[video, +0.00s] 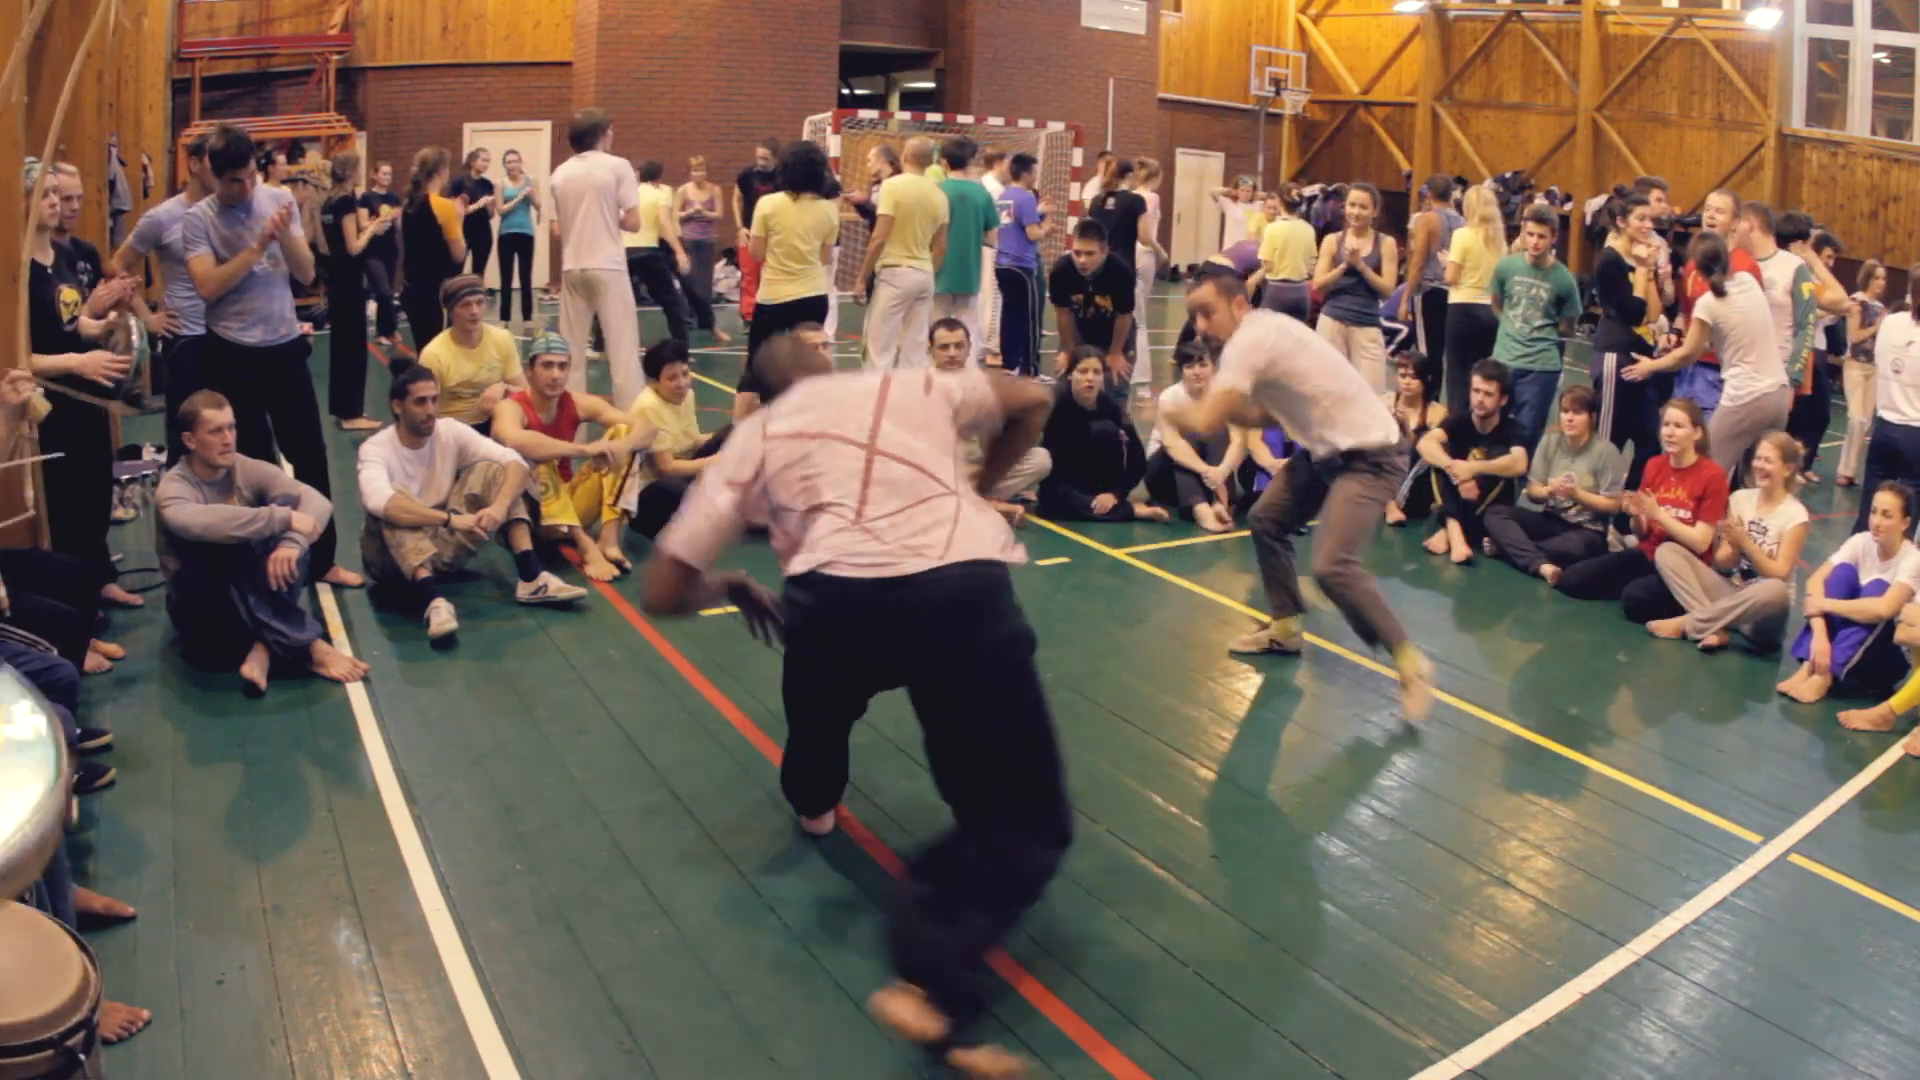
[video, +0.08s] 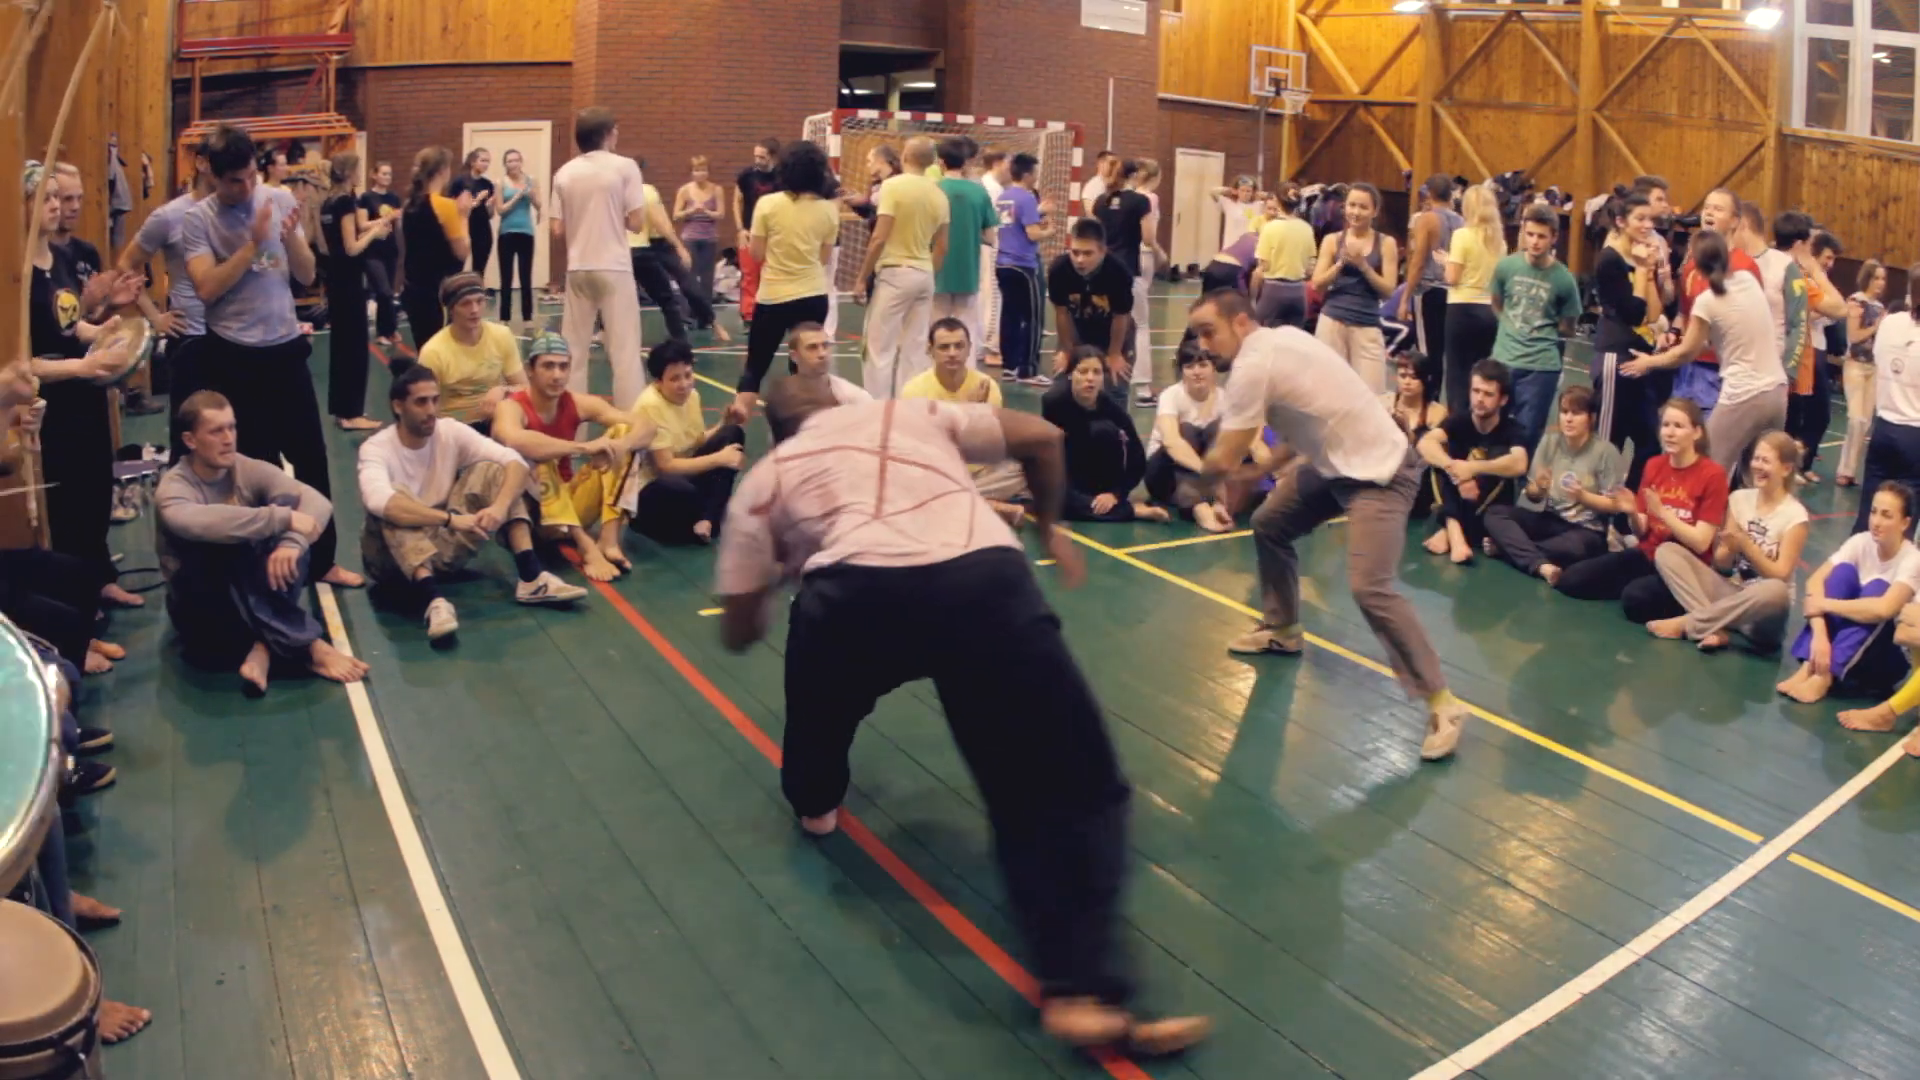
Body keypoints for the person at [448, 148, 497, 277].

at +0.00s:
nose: (486, 164)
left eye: (488, 161)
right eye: (483, 160)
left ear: (490, 163)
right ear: (473, 161)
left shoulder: (488, 185)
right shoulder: (459, 182)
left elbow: (491, 214)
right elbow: (456, 211)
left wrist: (489, 205)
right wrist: (479, 204)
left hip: (483, 231)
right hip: (463, 230)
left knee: (478, 274)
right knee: (455, 271)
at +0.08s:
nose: (486, 164)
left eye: (488, 161)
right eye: (483, 160)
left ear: (489, 163)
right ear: (472, 161)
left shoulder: (488, 185)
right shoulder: (460, 182)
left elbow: (490, 214)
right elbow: (454, 207)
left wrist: (489, 205)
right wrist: (476, 201)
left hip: (482, 227)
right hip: (462, 227)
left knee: (479, 270)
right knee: (456, 267)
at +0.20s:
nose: (485, 164)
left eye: (487, 161)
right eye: (482, 160)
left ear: (489, 163)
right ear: (472, 161)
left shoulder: (488, 185)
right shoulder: (459, 182)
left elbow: (489, 213)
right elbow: (451, 208)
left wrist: (489, 205)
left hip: (482, 229)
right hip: (460, 226)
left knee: (478, 271)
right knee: (456, 268)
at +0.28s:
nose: (485, 164)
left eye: (487, 161)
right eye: (481, 160)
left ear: (489, 163)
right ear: (471, 162)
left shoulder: (487, 184)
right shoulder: (459, 182)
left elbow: (491, 214)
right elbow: (454, 209)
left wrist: (488, 203)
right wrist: (477, 205)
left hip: (482, 229)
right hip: (462, 228)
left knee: (478, 271)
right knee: (456, 269)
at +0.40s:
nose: (484, 164)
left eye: (486, 161)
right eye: (480, 160)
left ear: (488, 162)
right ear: (470, 162)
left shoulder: (487, 184)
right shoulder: (459, 182)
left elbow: (490, 213)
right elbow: (453, 207)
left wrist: (488, 202)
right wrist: (476, 201)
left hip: (482, 228)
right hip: (461, 227)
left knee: (478, 271)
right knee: (456, 269)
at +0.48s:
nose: (484, 164)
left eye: (485, 161)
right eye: (480, 160)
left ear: (488, 162)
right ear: (470, 162)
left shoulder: (486, 184)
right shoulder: (458, 183)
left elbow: (490, 214)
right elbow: (452, 207)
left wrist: (488, 204)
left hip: (482, 226)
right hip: (461, 224)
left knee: (478, 271)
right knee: (456, 269)